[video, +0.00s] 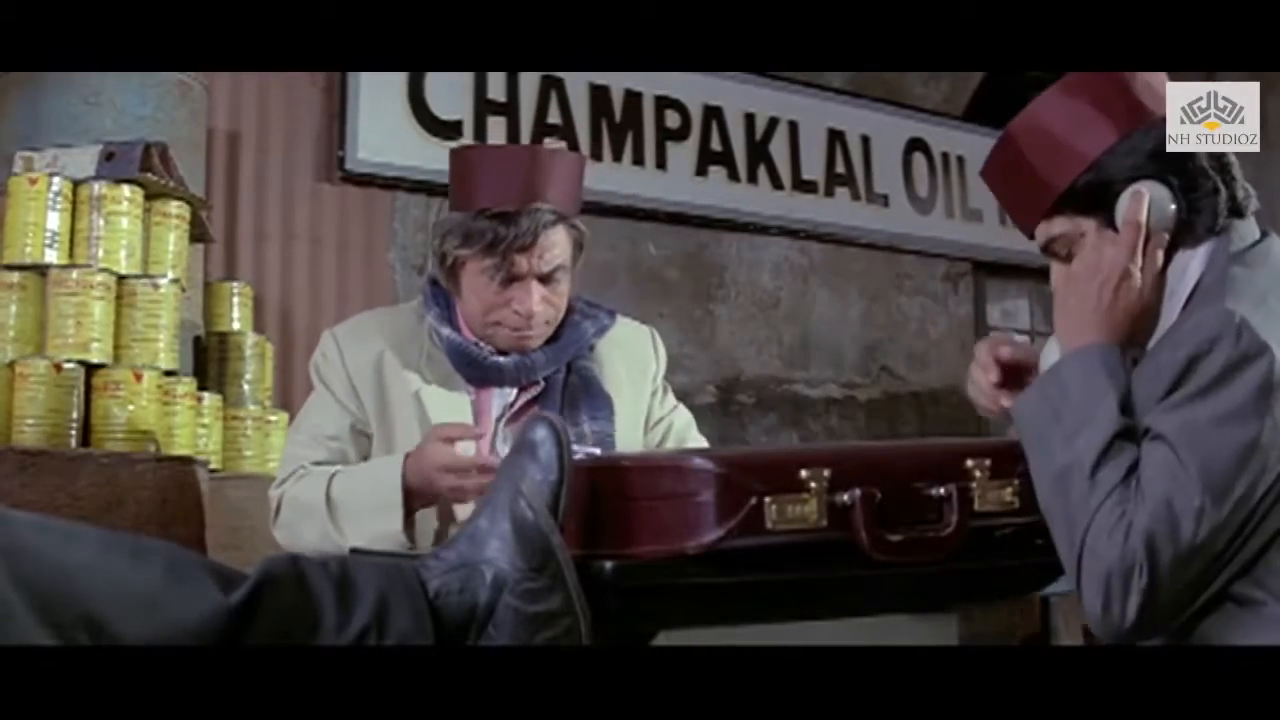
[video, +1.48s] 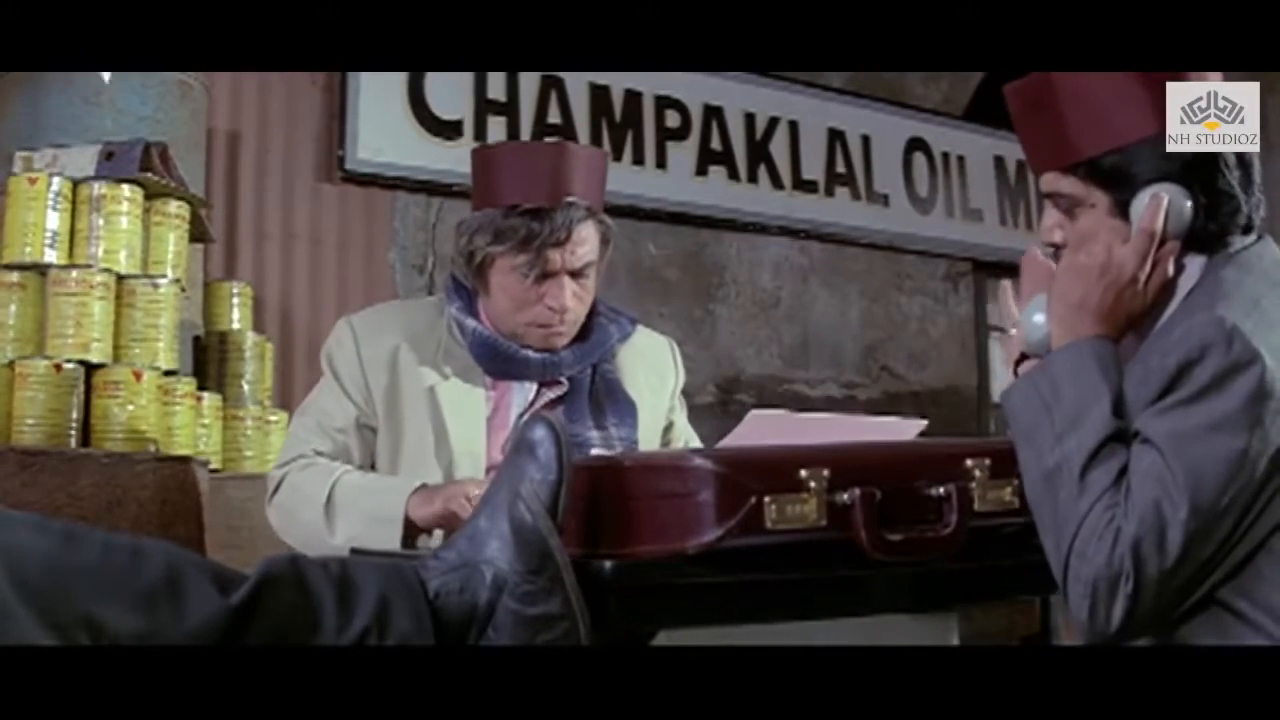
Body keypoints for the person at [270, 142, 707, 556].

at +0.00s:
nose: (530, 306)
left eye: (551, 278)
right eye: (504, 278)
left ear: (574, 267)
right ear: (450, 265)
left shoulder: (630, 355)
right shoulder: (359, 356)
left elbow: (696, 487)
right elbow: (294, 510)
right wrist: (406, 483)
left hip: (588, 622)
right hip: (416, 627)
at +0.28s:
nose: (528, 311)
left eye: (549, 283)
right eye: (503, 282)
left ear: (573, 275)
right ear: (451, 271)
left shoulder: (628, 353)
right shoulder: (357, 358)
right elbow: (294, 508)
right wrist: (417, 500)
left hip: (576, 623)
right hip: (411, 627)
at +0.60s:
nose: (553, 315)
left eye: (573, 286)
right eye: (526, 288)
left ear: (593, 272)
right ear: (469, 273)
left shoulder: (645, 359)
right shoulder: (368, 355)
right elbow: (300, 500)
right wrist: (426, 502)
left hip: (589, 624)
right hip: (419, 628)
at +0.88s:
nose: (569, 315)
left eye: (589, 287)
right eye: (543, 288)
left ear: (608, 273)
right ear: (483, 272)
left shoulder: (655, 364)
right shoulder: (377, 352)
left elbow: (691, 492)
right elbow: (301, 496)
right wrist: (429, 505)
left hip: (598, 624)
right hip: (429, 629)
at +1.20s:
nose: (566, 303)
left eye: (585, 277)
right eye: (540, 276)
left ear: (605, 269)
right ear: (482, 264)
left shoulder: (654, 364)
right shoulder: (378, 348)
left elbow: (688, 498)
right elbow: (300, 489)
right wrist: (421, 503)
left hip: (597, 623)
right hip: (428, 627)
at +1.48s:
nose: (562, 299)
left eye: (580, 273)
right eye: (535, 273)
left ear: (600, 268)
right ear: (478, 263)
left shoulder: (650, 363)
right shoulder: (375, 348)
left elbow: (690, 494)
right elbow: (294, 489)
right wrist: (412, 504)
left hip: (596, 622)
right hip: (426, 625)